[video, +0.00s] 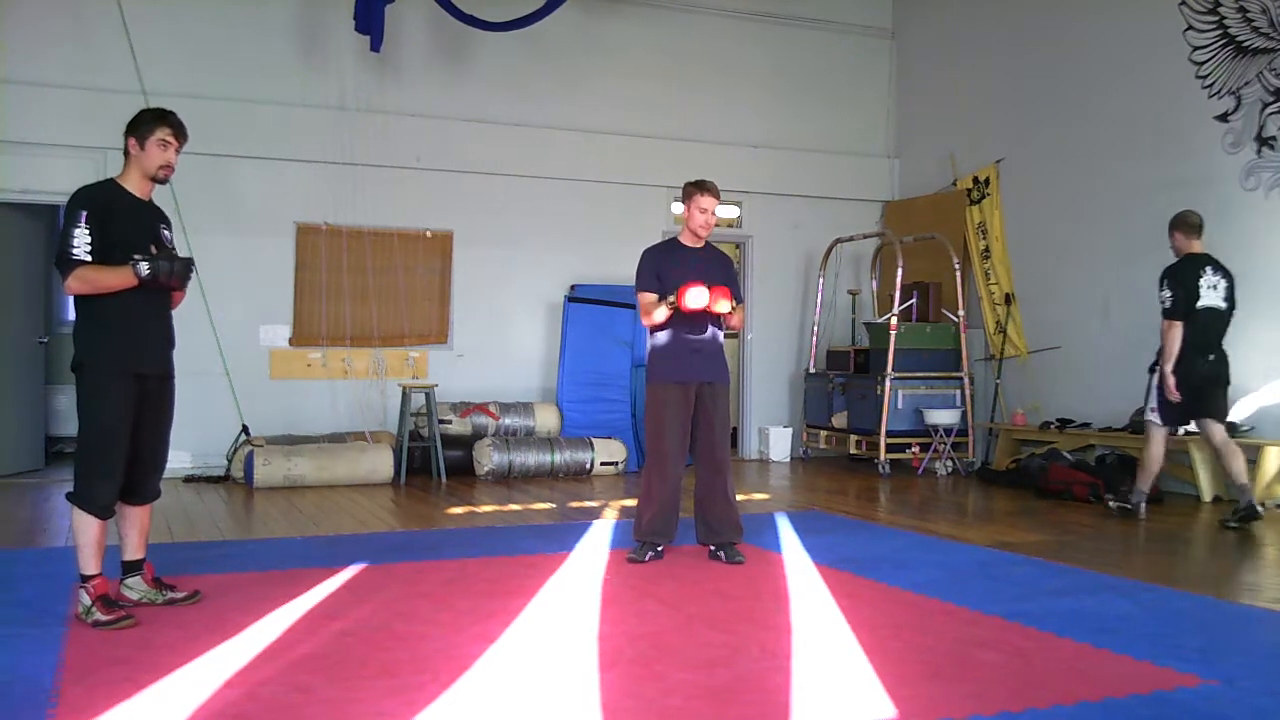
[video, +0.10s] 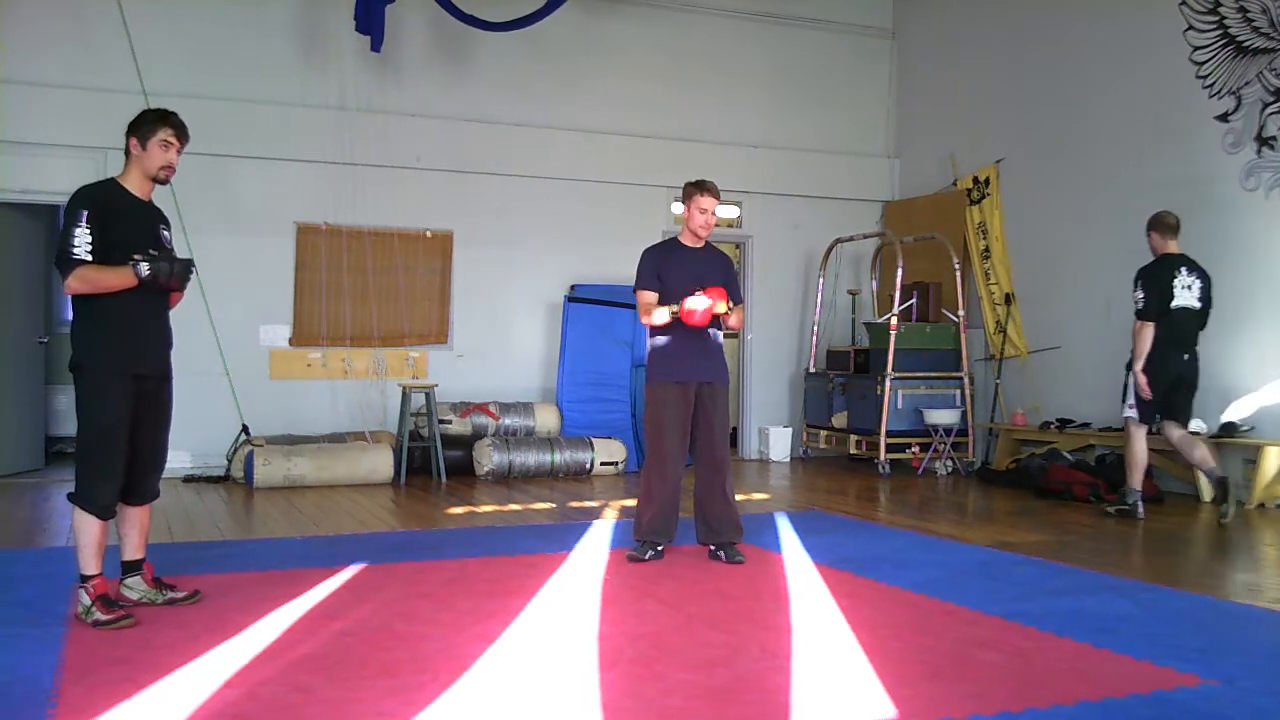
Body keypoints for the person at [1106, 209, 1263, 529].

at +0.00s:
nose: (1171, 243)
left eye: (1171, 238)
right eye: (1172, 238)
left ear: (1177, 236)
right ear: (1200, 234)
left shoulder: (1176, 272)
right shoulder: (1223, 273)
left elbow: (1174, 325)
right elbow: (1221, 321)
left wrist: (1167, 368)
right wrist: (1200, 350)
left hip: (1179, 362)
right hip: (1213, 363)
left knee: (1156, 431)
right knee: (1218, 434)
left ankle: (1137, 500)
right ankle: (1247, 502)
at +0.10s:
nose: (1149, 243)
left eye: (1148, 238)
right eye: (1149, 238)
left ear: (1153, 237)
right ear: (1177, 235)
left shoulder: (1150, 272)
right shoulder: (1200, 274)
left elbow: (1146, 324)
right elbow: (1200, 322)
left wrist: (1137, 365)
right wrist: (1173, 338)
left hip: (1155, 358)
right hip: (1187, 361)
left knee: (1136, 426)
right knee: (1174, 428)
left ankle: (1132, 499)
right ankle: (1217, 478)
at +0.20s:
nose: (1129, 241)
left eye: (1128, 236)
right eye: (1130, 236)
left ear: (1132, 235)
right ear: (1157, 233)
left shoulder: (1128, 271)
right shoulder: (1179, 272)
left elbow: (1117, 322)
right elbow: (1181, 320)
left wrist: (1104, 363)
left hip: (1134, 354)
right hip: (1165, 357)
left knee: (1126, 424)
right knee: (1141, 422)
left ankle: (1131, 497)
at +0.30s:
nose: (1110, 240)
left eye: (1110, 236)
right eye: (1113, 235)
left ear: (1114, 235)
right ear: (1138, 235)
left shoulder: (1107, 270)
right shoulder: (1161, 273)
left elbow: (1091, 321)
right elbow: (1164, 327)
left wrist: (1073, 356)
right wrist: (1157, 365)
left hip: (1114, 356)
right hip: (1144, 358)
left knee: (1122, 427)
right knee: (1109, 420)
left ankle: (1132, 497)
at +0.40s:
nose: (1094, 244)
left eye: (1094, 240)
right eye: (1096, 239)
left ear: (1097, 239)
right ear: (1122, 241)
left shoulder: (1089, 273)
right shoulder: (1142, 278)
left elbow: (1066, 321)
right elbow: (1149, 328)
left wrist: (1048, 349)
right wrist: (1145, 365)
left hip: (1096, 357)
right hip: (1128, 359)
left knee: (1113, 428)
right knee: (1092, 424)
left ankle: (1131, 498)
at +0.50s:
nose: (1079, 249)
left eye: (1079, 245)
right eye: (1081, 245)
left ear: (1082, 245)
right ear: (1106, 247)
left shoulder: (1072, 278)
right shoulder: (1124, 283)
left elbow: (1048, 324)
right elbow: (1131, 332)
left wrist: (1029, 347)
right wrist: (1130, 371)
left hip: (1077, 361)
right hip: (1107, 363)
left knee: (1093, 428)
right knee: (1072, 423)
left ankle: (1125, 492)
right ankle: (1050, 486)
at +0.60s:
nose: (1069, 250)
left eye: (1069, 245)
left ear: (1070, 246)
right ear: (1094, 248)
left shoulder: (1058, 278)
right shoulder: (1110, 284)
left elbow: (1037, 324)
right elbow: (1115, 333)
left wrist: (1022, 349)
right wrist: (1114, 370)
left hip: (1061, 360)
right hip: (1091, 363)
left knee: (1053, 425)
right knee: (1063, 427)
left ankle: (1101, 472)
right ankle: (1048, 487)